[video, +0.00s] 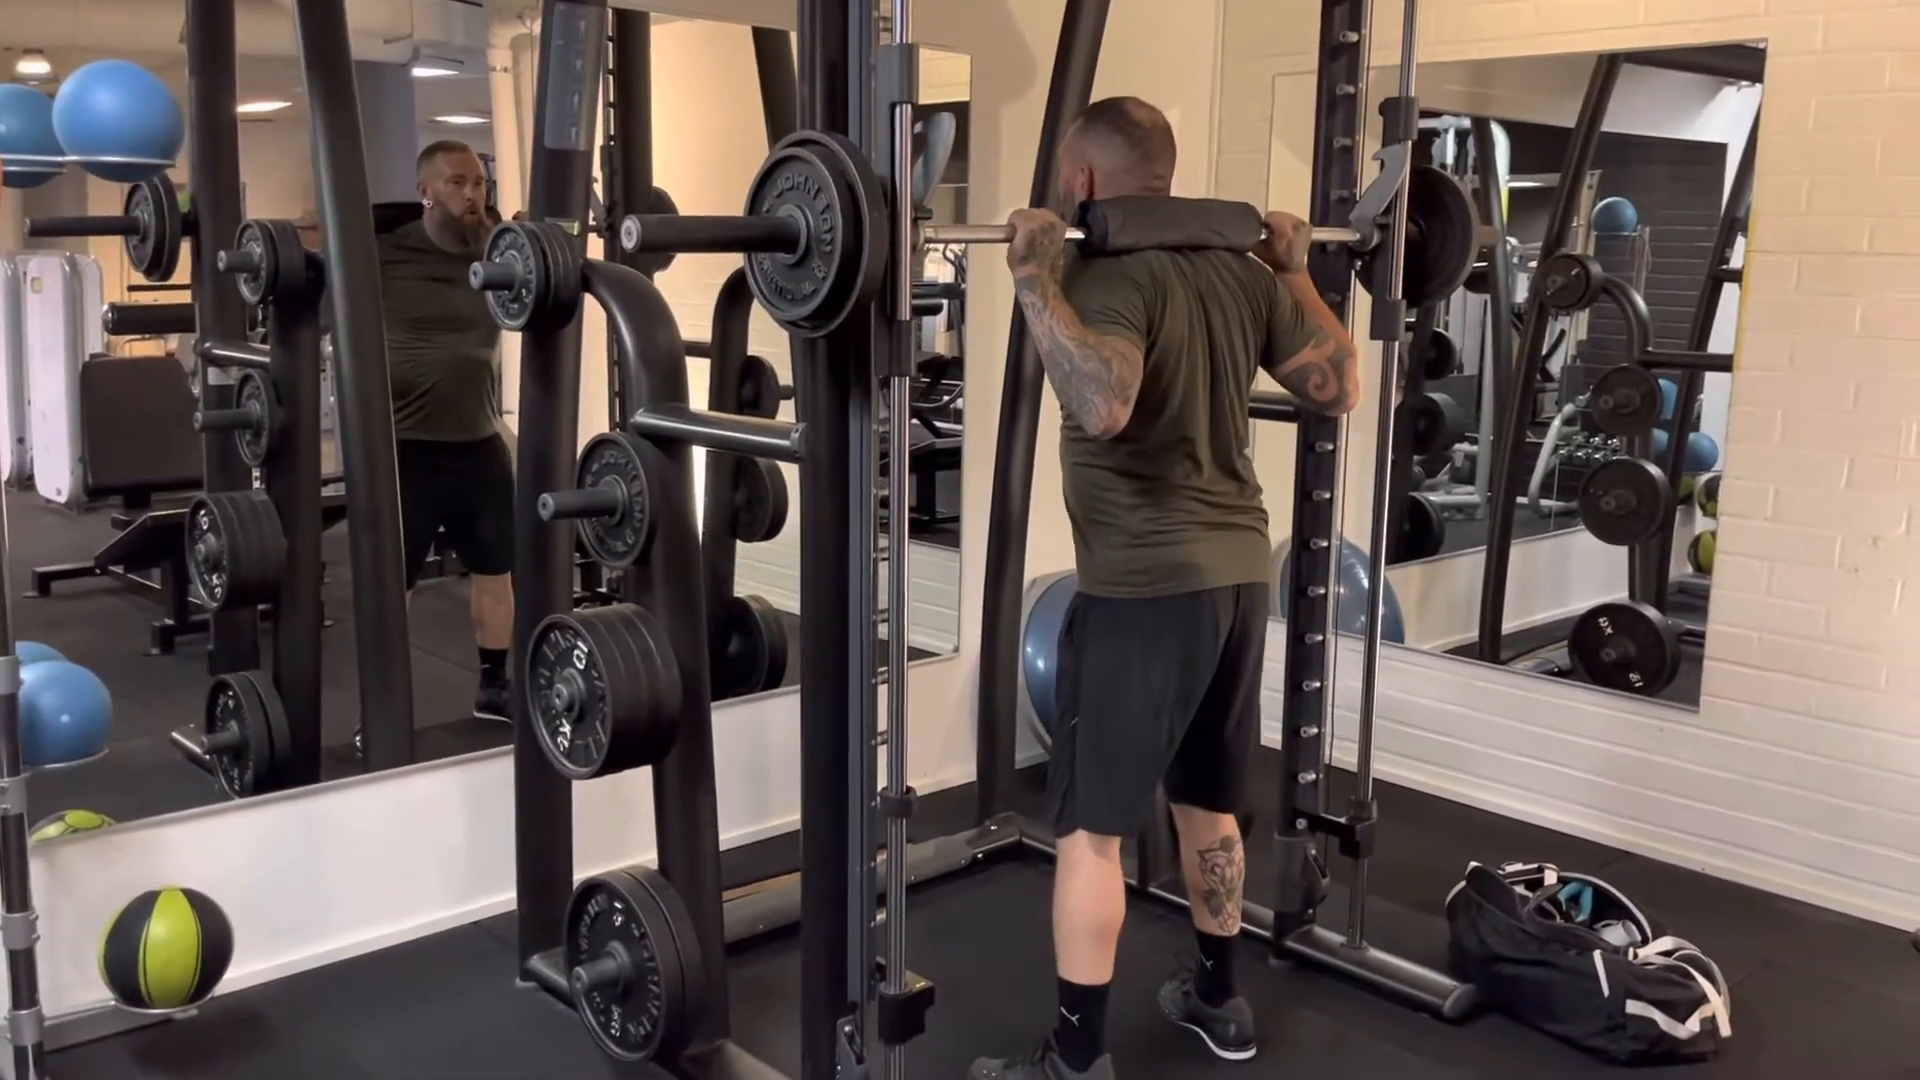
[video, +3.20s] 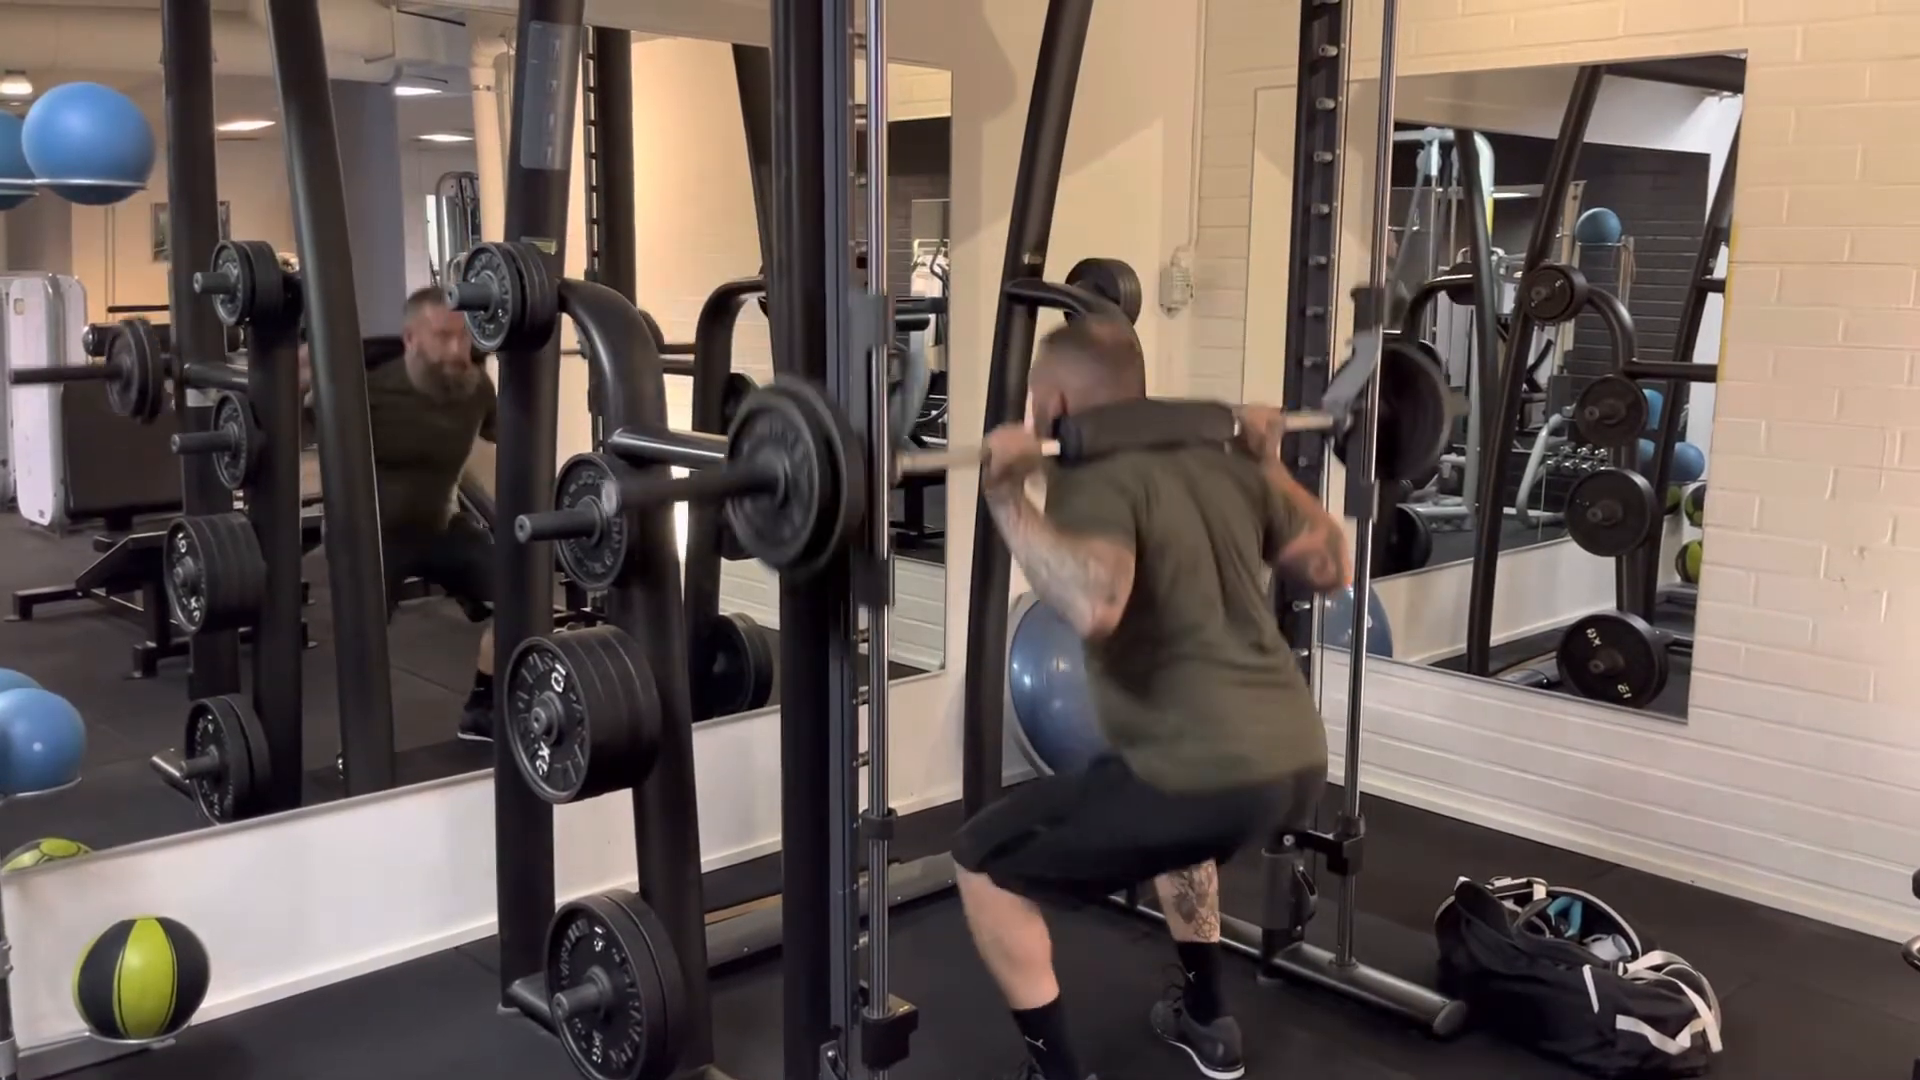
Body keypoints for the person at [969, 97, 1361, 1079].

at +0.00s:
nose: (1059, 195)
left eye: (1063, 179)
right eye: (1062, 180)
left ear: (1089, 175)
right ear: (1169, 173)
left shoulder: (1115, 269)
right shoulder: (1241, 266)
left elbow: (1103, 404)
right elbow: (1333, 386)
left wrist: (1034, 277)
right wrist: (1295, 270)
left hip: (1144, 587)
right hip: (1241, 576)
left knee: (1095, 820)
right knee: (1206, 787)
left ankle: (1077, 1050)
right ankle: (1219, 1000)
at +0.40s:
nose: (1050, 311)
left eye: (1053, 297)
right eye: (1051, 297)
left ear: (1079, 295)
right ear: (1148, 284)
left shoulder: (1110, 375)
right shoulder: (1238, 364)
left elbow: (1104, 501)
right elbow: (1335, 473)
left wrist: (1026, 394)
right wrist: (1282, 365)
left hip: (1180, 682)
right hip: (1278, 670)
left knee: (1011, 832)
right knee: (1187, 808)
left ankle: (1065, 1051)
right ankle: (1213, 999)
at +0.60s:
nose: (1036, 409)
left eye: (1040, 393)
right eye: (1035, 394)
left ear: (1067, 404)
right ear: (1143, 392)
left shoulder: (1106, 481)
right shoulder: (1234, 473)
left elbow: (1102, 608)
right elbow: (1337, 566)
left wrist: (1017, 499)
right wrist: (1277, 462)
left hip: (1200, 787)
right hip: (1298, 776)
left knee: (987, 837)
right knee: (1162, 775)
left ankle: (1059, 1050)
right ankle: (1208, 990)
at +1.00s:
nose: (1036, 551)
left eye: (1037, 533)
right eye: (1035, 532)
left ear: (1063, 544)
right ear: (1138, 529)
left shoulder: (1099, 620)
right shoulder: (1221, 597)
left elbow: (1094, 762)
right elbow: (1329, 697)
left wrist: (1009, 648)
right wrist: (1267, 589)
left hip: (1208, 920)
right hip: (1305, 898)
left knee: (977, 838)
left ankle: (1057, 1055)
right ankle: (1209, 1007)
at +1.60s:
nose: (1039, 409)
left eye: (1041, 394)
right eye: (1040, 395)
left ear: (1062, 400)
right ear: (1140, 388)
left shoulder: (1100, 480)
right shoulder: (1228, 474)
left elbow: (1090, 610)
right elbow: (1325, 567)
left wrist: (1007, 495)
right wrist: (1269, 462)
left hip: (1202, 778)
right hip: (1301, 765)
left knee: (992, 844)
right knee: (1162, 799)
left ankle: (1053, 1056)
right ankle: (1204, 1004)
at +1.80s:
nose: (1048, 303)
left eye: (1049, 289)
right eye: (1049, 289)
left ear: (1070, 289)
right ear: (1145, 284)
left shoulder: (1097, 375)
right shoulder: (1225, 366)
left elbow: (1087, 507)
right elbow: (1328, 478)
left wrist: (1011, 397)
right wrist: (1272, 372)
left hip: (1180, 677)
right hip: (1275, 663)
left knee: (1012, 840)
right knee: (1183, 815)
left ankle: (1057, 1060)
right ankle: (1208, 1015)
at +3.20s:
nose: (1036, 413)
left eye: (1038, 397)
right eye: (1035, 399)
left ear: (1059, 401)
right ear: (1133, 388)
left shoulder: (1099, 473)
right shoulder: (1227, 464)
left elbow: (1094, 603)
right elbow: (1331, 562)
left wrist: (1004, 493)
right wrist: (1270, 460)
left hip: (1194, 783)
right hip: (1292, 770)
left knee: (984, 858)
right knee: (1171, 818)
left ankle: (1057, 1065)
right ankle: (1209, 1019)